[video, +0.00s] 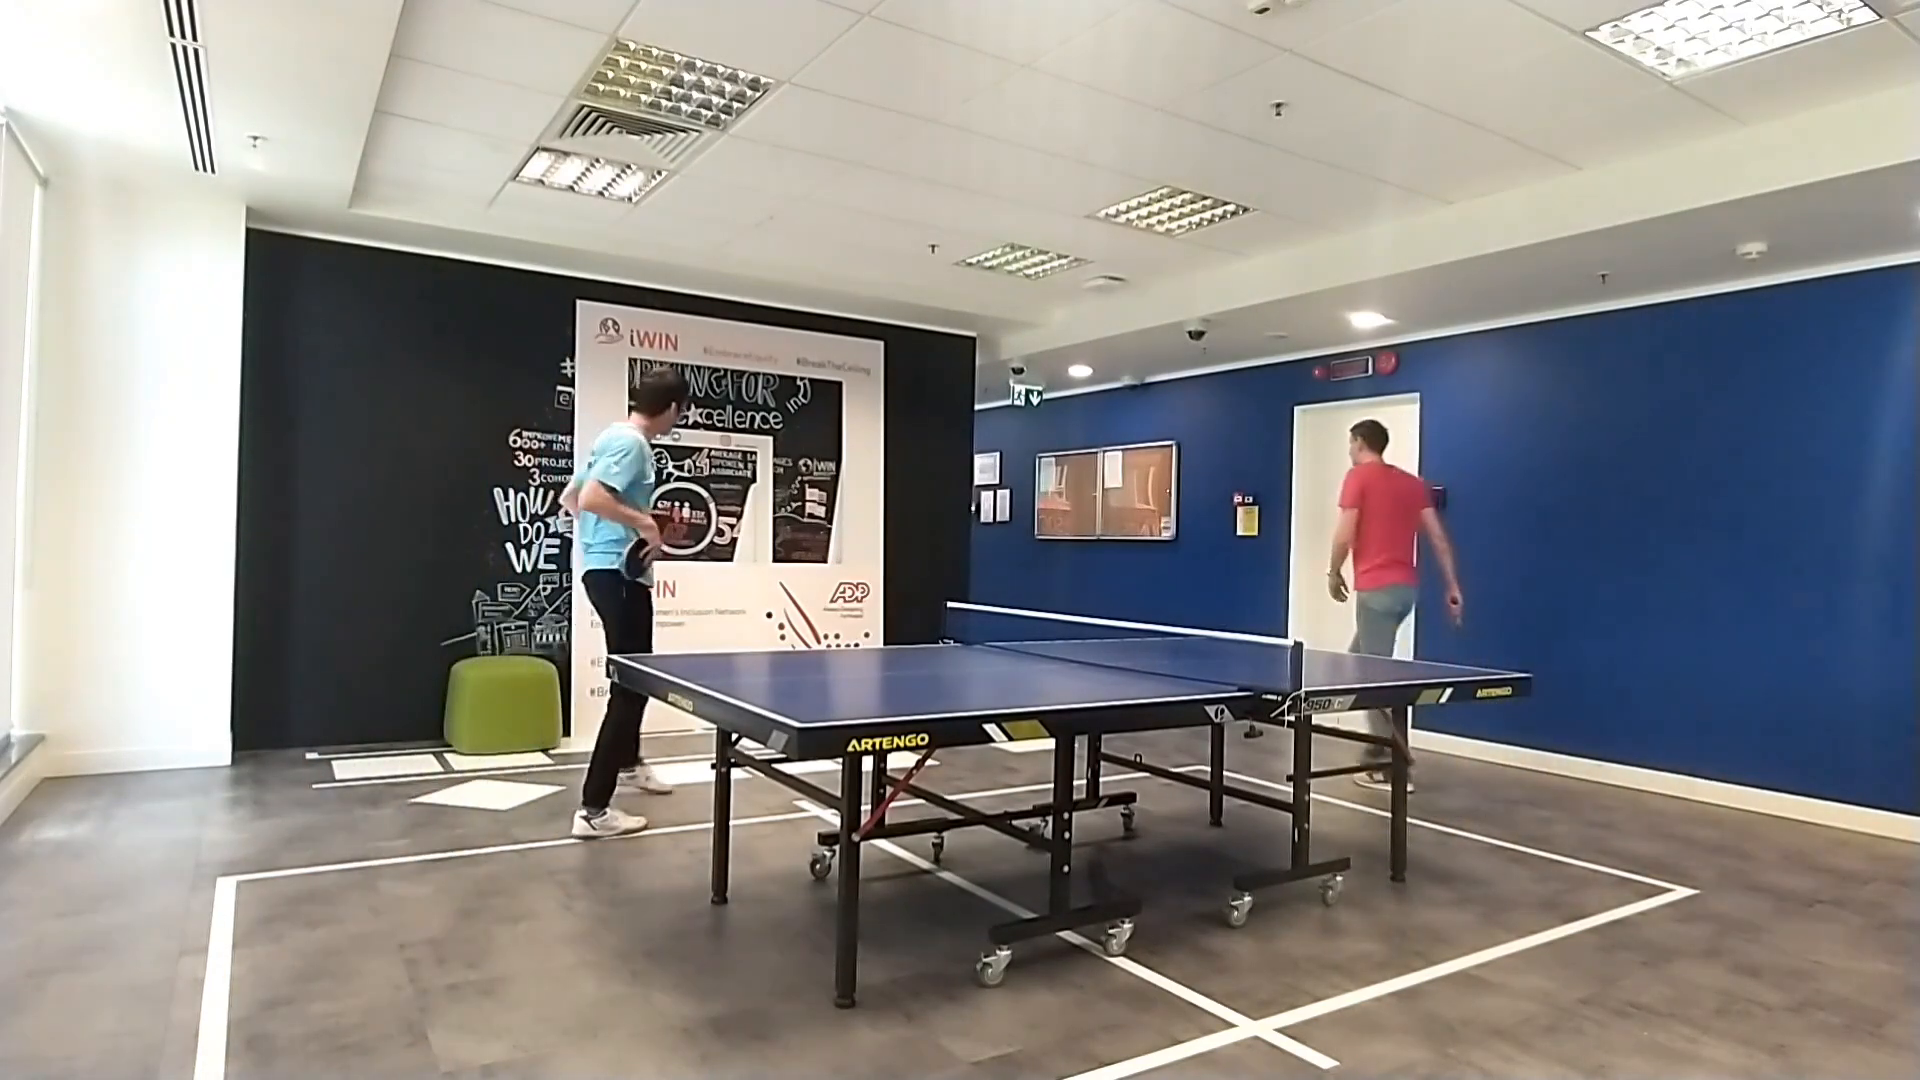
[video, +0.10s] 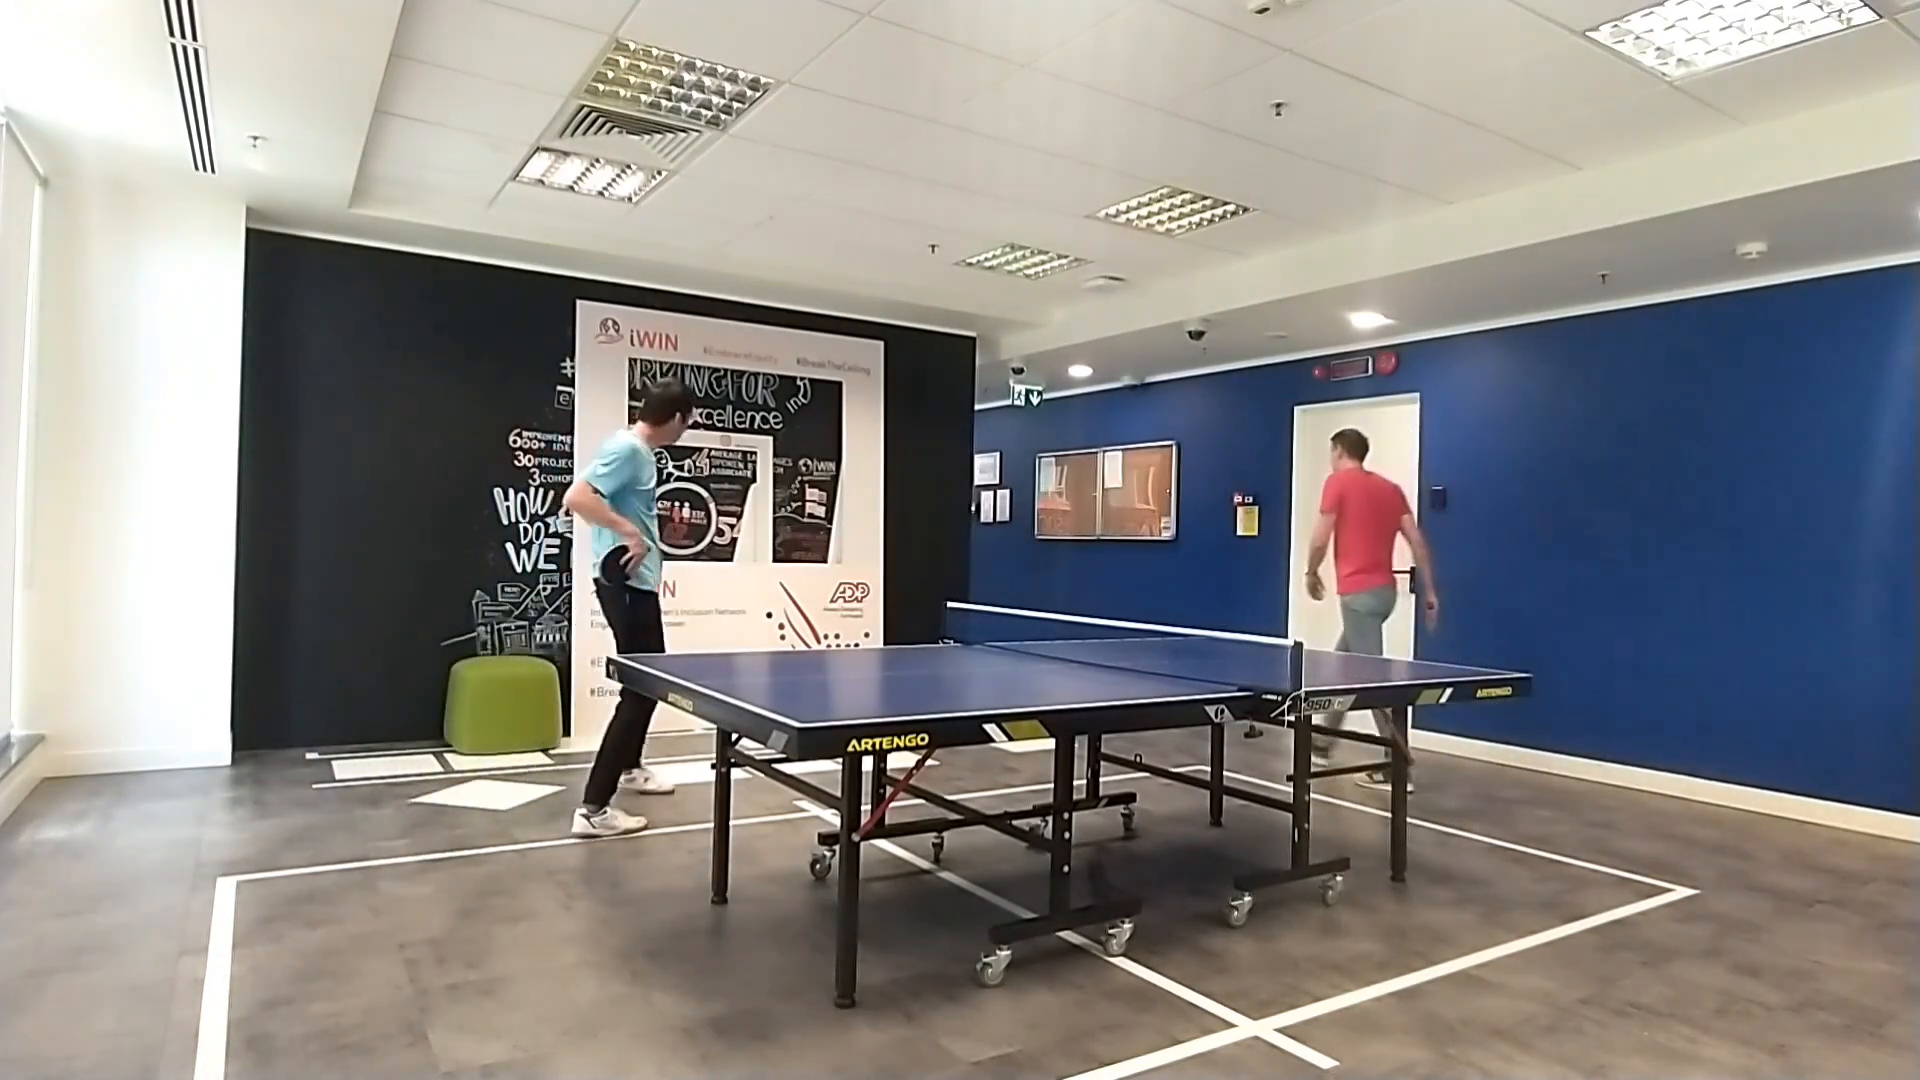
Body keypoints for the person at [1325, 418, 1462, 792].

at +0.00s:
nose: (1350, 452)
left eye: (1352, 446)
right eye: (1351, 446)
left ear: (1362, 445)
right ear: (1381, 446)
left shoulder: (1358, 477)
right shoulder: (1413, 483)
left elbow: (1345, 535)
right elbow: (1439, 537)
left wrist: (1333, 572)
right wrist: (1452, 585)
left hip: (1375, 590)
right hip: (1406, 590)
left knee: (1376, 678)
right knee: (1354, 662)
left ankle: (1392, 764)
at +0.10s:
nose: (1331, 461)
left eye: (1332, 455)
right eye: (1332, 455)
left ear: (1341, 453)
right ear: (1362, 455)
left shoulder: (1337, 483)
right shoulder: (1391, 489)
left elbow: (1320, 541)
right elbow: (1417, 541)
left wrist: (1311, 572)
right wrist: (1429, 591)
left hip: (1356, 595)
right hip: (1386, 594)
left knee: (1374, 681)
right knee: (1341, 665)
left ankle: (1398, 764)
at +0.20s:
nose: (1312, 468)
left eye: (1313, 461)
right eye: (1313, 462)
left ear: (1322, 460)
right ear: (1344, 461)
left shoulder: (1318, 488)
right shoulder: (1369, 495)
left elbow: (1299, 545)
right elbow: (1393, 550)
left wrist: (1286, 576)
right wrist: (1403, 598)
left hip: (1337, 598)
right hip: (1364, 597)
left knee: (1359, 683)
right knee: (1316, 667)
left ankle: (1392, 759)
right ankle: (1292, 729)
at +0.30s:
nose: (1295, 468)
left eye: (1296, 462)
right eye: (1296, 462)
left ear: (1304, 461)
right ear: (1325, 462)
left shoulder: (1299, 487)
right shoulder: (1348, 495)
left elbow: (1281, 543)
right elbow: (1367, 551)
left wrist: (1264, 584)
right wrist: (1376, 600)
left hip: (1314, 597)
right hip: (1340, 596)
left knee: (1332, 680)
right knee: (1299, 664)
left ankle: (1382, 745)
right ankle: (1287, 735)